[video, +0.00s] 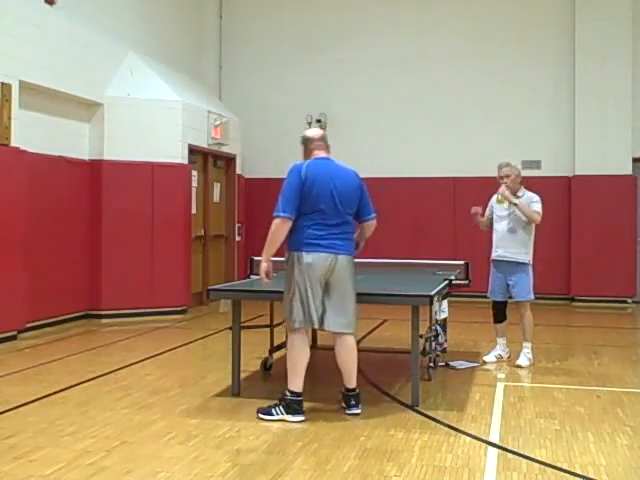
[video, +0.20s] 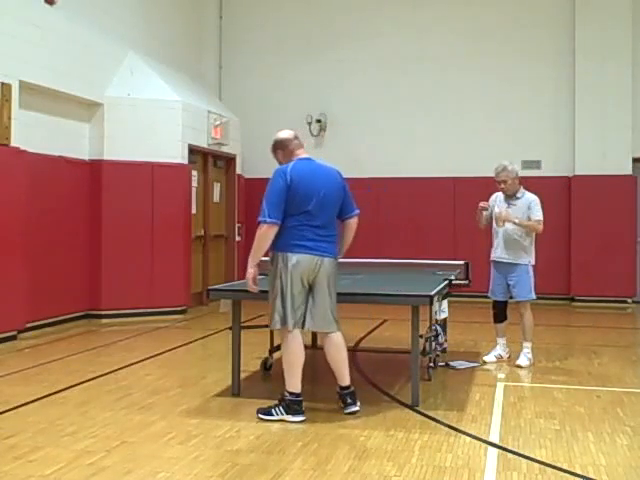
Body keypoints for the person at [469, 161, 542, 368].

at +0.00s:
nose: (505, 181)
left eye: (508, 177)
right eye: (501, 178)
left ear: (519, 177)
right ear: (499, 180)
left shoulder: (531, 198)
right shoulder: (496, 199)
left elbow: (535, 218)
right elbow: (486, 225)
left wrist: (513, 200)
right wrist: (479, 217)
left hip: (521, 260)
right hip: (498, 259)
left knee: (523, 305)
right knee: (497, 304)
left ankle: (526, 349)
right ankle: (501, 347)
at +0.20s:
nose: (502, 186)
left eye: (505, 182)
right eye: (499, 183)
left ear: (517, 180)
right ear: (498, 183)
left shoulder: (531, 200)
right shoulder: (496, 199)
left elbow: (538, 227)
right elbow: (484, 224)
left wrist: (511, 219)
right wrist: (483, 213)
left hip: (521, 260)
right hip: (499, 259)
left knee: (523, 305)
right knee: (498, 304)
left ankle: (526, 350)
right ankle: (501, 347)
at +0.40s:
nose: (501, 187)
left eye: (505, 183)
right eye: (499, 183)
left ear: (517, 180)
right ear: (497, 183)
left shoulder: (531, 201)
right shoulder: (495, 198)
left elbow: (537, 229)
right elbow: (483, 223)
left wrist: (513, 227)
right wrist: (483, 219)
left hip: (520, 261)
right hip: (497, 260)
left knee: (523, 305)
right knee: (497, 304)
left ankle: (527, 350)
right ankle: (501, 347)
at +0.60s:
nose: (501, 187)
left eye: (504, 183)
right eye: (498, 183)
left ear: (516, 181)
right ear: (497, 183)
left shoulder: (530, 201)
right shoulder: (494, 198)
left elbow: (537, 229)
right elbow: (478, 221)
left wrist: (513, 228)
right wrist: (481, 218)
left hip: (518, 261)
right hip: (496, 260)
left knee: (522, 305)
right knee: (497, 304)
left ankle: (527, 350)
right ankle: (501, 346)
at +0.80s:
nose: (498, 185)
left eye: (502, 181)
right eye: (496, 182)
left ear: (514, 180)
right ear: (495, 181)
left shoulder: (528, 201)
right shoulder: (492, 198)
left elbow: (535, 228)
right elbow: (475, 218)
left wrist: (511, 232)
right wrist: (480, 218)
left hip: (517, 261)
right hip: (494, 260)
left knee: (521, 305)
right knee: (496, 304)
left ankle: (526, 349)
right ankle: (501, 346)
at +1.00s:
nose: (496, 185)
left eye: (499, 181)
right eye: (494, 181)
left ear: (511, 180)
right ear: (493, 181)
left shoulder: (525, 201)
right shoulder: (490, 199)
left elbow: (532, 229)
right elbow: (473, 218)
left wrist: (510, 234)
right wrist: (478, 220)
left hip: (515, 261)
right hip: (493, 260)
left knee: (520, 304)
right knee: (495, 304)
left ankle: (526, 349)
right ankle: (500, 347)